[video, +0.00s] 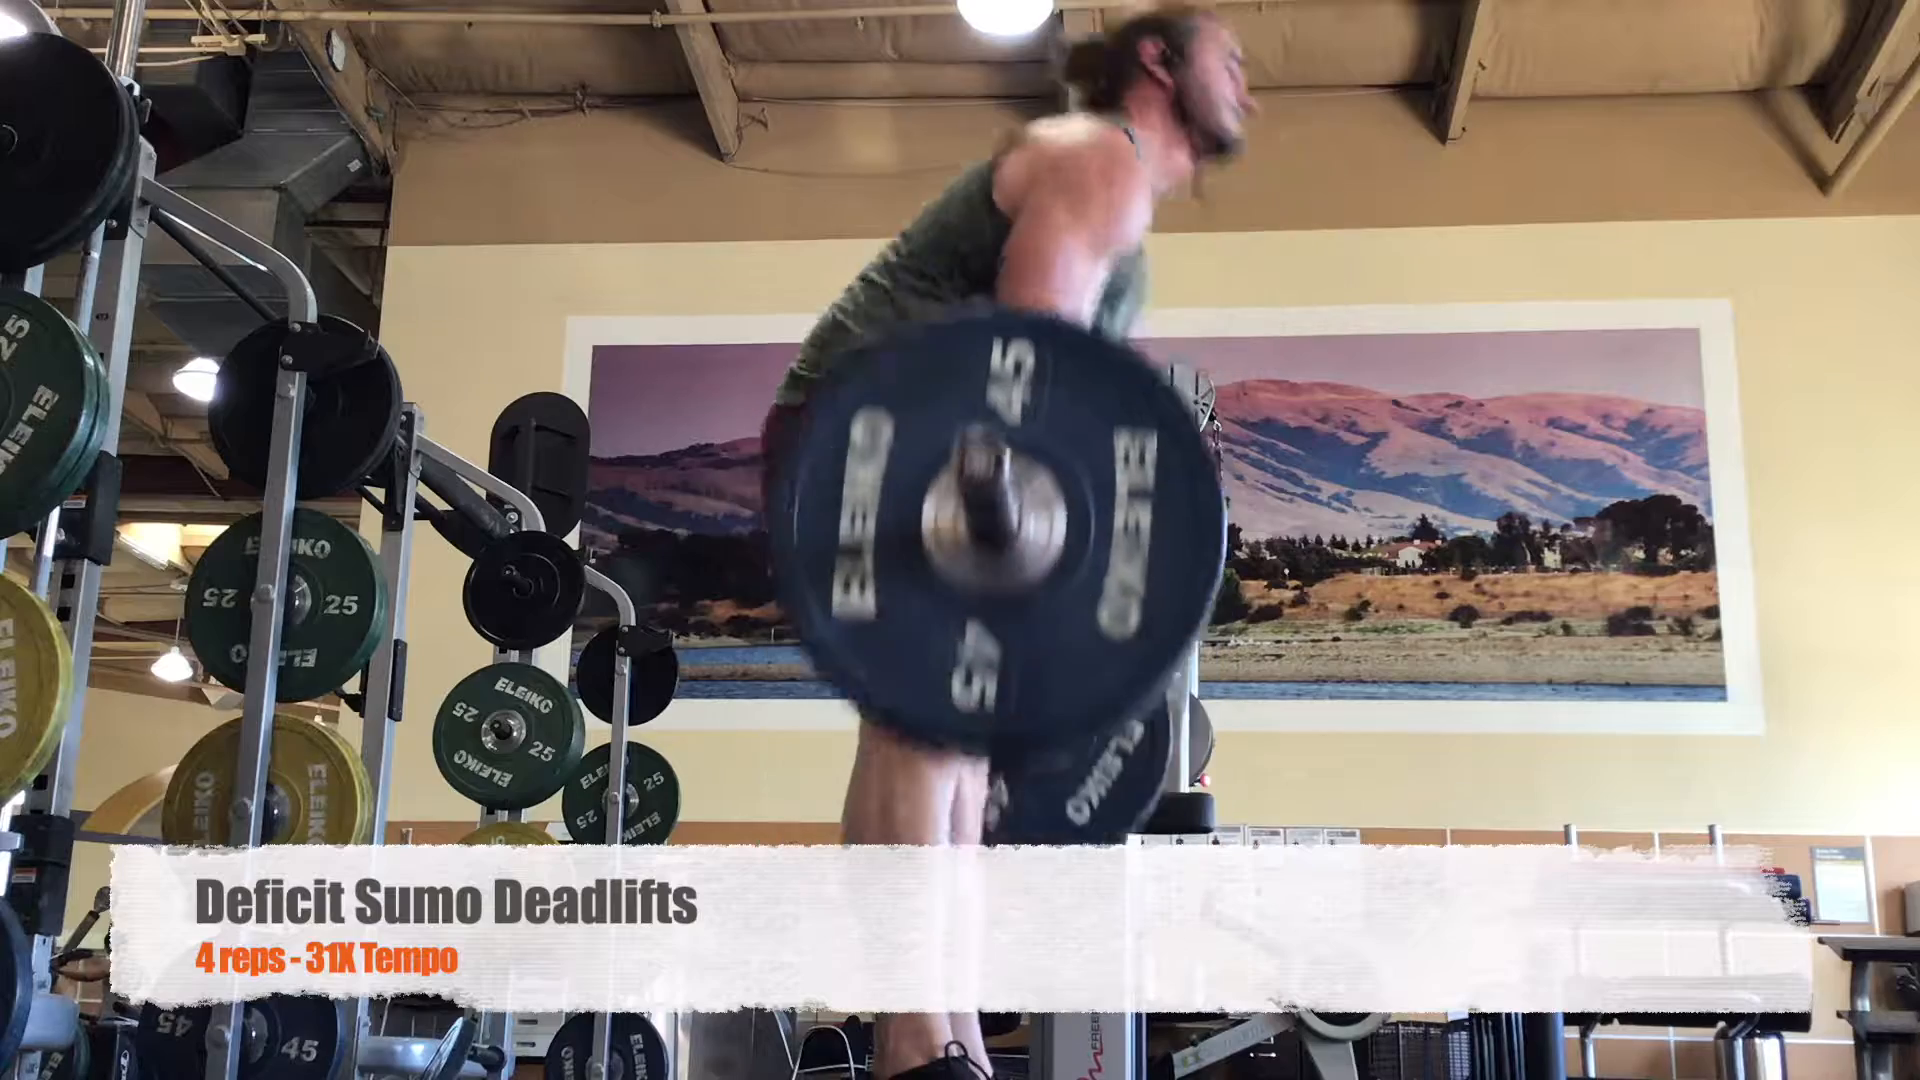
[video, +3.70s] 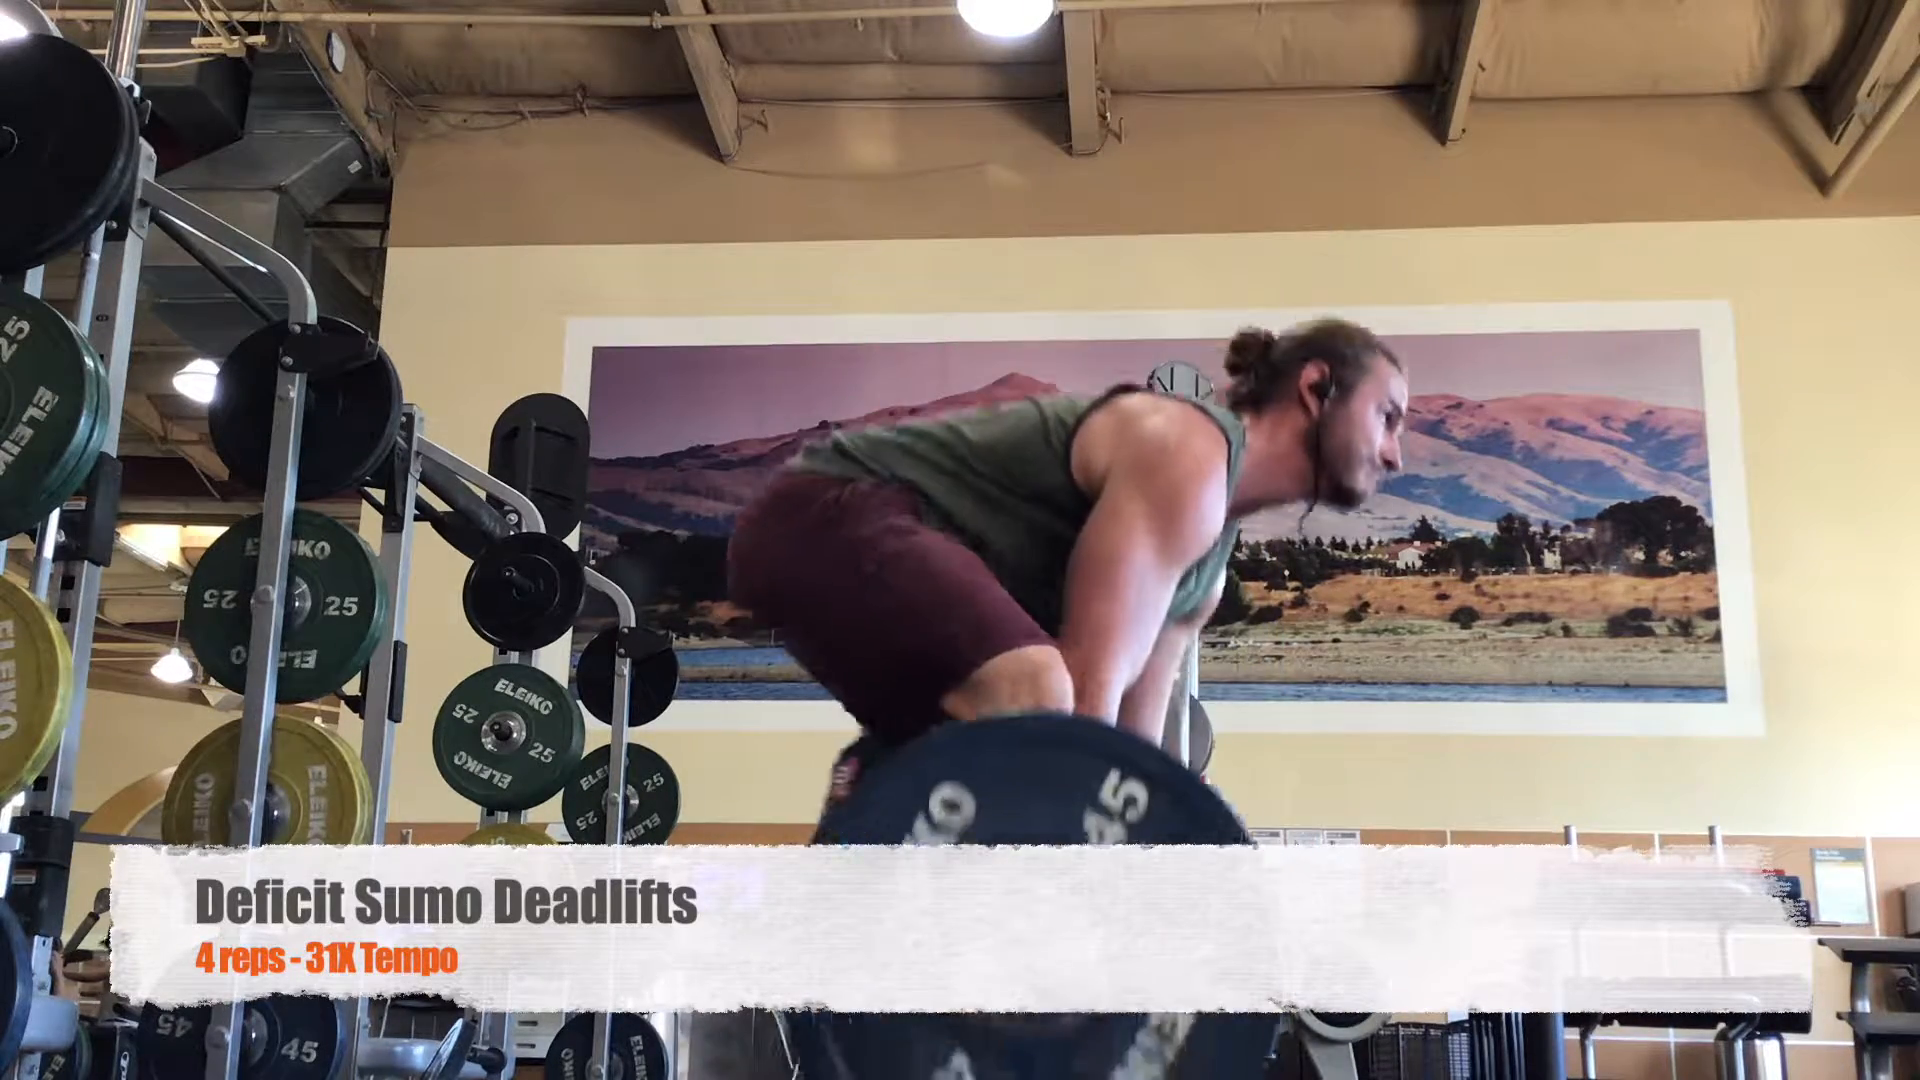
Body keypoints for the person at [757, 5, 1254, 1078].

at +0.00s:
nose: (1248, 96)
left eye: (1245, 76)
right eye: (1230, 68)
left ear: (1160, 71)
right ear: (1159, 66)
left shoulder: (1121, 195)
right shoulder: (1098, 151)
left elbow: (1078, 383)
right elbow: (1031, 342)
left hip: (907, 430)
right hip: (855, 417)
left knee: (963, 725)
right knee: (925, 718)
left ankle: (951, 1030)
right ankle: (914, 1038)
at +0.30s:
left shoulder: (978, 73)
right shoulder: (942, 61)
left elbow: (971, 281)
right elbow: (945, 274)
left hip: (973, 443)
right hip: (919, 437)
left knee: (995, 721)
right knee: (954, 709)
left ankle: (953, 1036)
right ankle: (910, 1047)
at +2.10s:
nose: (1251, 54)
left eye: (1248, 30)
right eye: (1232, 25)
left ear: (1171, 36)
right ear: (1165, 28)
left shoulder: (1127, 159)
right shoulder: (1104, 126)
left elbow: (1079, 364)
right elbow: (1060, 349)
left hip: (946, 442)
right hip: (879, 426)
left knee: (989, 730)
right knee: (927, 718)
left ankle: (957, 1033)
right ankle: (907, 1042)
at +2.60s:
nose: (1307, 153)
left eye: (1305, 132)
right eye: (1291, 127)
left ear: (1226, 135)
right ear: (1221, 126)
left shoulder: (1165, 278)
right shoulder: (1134, 210)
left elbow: (1118, 451)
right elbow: (1076, 424)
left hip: (891, 448)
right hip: (833, 428)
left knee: (966, 734)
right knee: (931, 712)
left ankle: (957, 1039)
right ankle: (911, 1042)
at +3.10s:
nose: (1354, 314)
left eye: (1355, 289)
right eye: (1341, 281)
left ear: (1274, 276)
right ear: (1270, 269)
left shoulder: (1184, 464)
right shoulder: (1158, 345)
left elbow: (1146, 633)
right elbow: (1082, 592)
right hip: (824, 475)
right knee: (984, 714)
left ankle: (943, 1033)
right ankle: (926, 1034)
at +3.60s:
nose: (1390, 490)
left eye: (1398, 472)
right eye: (1385, 457)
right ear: (1315, 423)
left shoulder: (1200, 585)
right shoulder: (1174, 487)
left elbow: (1135, 770)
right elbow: (1079, 728)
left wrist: (1142, 944)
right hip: (814, 545)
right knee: (1050, 705)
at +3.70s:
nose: (1397, 452)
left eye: (1402, 430)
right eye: (1389, 417)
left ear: (1318, 398)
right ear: (1315, 391)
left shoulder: (1202, 565)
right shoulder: (1181, 454)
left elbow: (1138, 742)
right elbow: (1077, 694)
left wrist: (1135, 895)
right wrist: (1077, 879)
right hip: (826, 510)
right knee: (1034, 689)